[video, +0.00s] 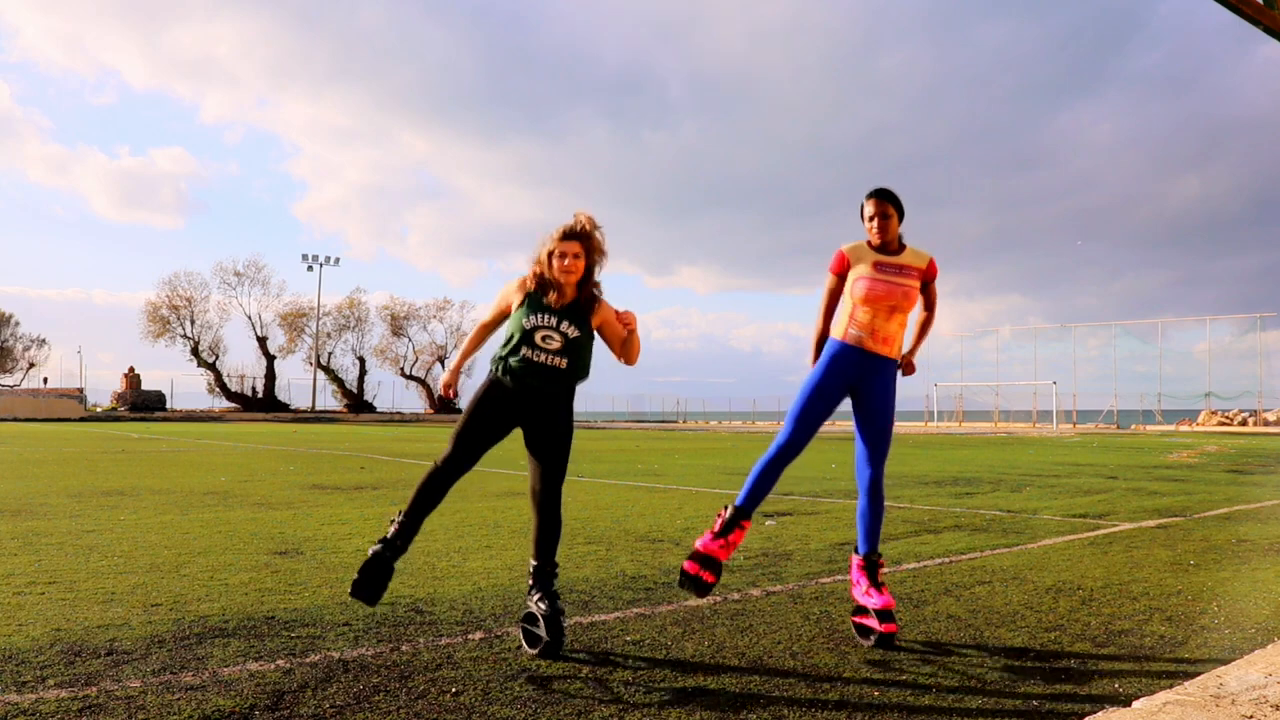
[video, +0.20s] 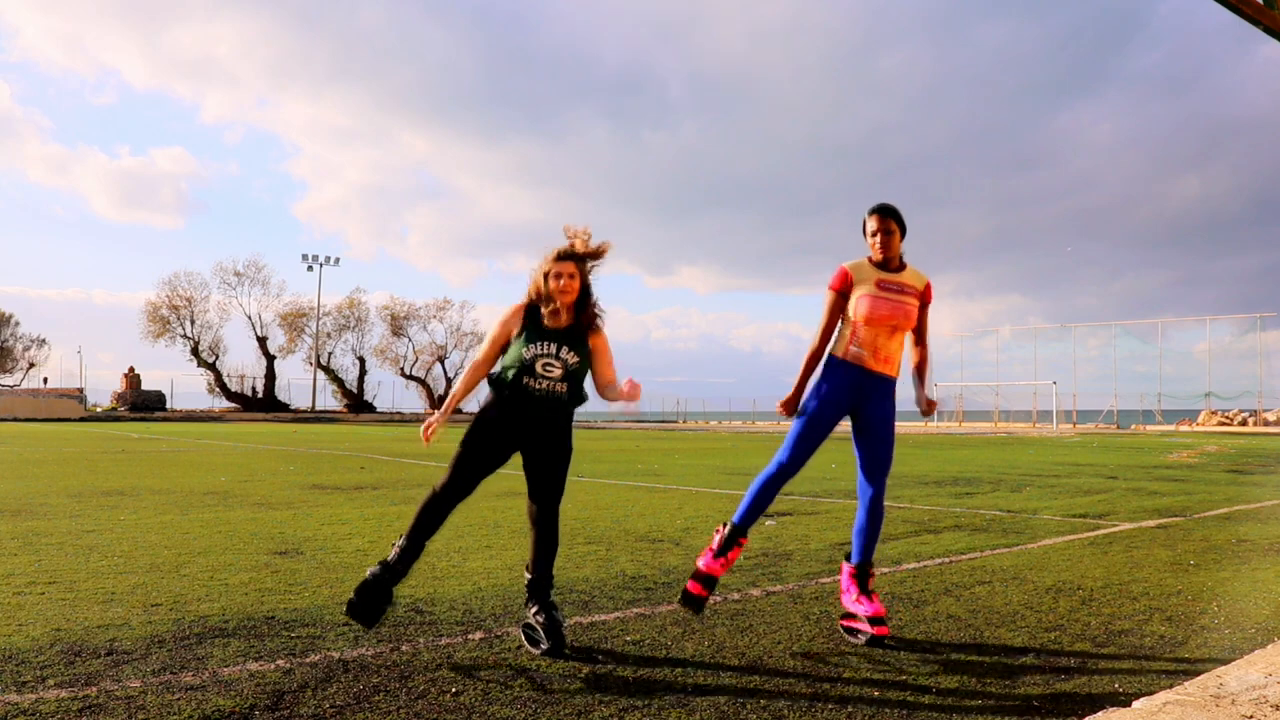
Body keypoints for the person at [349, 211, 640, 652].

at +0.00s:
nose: (568, 263)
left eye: (576, 257)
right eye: (561, 255)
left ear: (588, 264)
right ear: (549, 259)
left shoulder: (594, 308)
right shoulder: (524, 290)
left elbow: (628, 357)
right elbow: (488, 324)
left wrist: (632, 331)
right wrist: (455, 367)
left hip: (553, 406)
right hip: (503, 390)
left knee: (547, 496)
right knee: (452, 463)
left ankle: (542, 590)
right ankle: (393, 545)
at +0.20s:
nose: (564, 283)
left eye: (571, 277)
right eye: (557, 276)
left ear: (582, 284)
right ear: (545, 282)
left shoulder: (591, 333)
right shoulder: (521, 316)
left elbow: (607, 386)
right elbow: (482, 364)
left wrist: (622, 393)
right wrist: (445, 410)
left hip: (551, 429)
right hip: (502, 418)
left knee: (545, 515)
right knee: (449, 491)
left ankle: (539, 605)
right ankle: (390, 572)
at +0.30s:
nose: (544, 282)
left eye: (553, 276)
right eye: (538, 274)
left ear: (566, 283)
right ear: (527, 280)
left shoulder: (577, 329)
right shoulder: (506, 316)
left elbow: (582, 380)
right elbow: (476, 366)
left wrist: (578, 426)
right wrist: (477, 401)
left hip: (548, 430)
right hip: (498, 422)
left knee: (543, 516)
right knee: (455, 498)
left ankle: (539, 606)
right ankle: (428, 586)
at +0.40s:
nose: (526, 267)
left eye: (534, 260)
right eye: (519, 260)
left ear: (547, 263)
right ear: (508, 263)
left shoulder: (564, 309)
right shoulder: (492, 298)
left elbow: (574, 364)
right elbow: (462, 345)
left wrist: (571, 413)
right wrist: (484, 355)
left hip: (545, 413)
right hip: (496, 407)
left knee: (545, 500)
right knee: (468, 489)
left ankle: (546, 595)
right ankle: (454, 586)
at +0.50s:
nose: (504, 260)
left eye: (512, 253)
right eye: (497, 253)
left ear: (524, 258)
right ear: (485, 257)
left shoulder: (542, 292)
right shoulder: (468, 290)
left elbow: (565, 344)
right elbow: (431, 340)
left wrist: (585, 398)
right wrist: (458, 325)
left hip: (540, 397)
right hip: (491, 398)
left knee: (556, 484)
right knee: (482, 490)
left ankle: (577, 578)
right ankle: (480, 585)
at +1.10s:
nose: (452, 273)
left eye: (461, 267)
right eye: (447, 267)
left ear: (476, 275)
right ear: (439, 276)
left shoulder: (501, 313)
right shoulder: (428, 324)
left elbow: (537, 365)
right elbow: (420, 389)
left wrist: (567, 413)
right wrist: (426, 372)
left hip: (513, 416)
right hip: (464, 424)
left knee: (562, 494)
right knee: (467, 518)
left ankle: (613, 572)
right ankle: (470, 609)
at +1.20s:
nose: (453, 279)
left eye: (462, 273)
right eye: (449, 272)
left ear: (479, 279)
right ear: (442, 278)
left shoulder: (506, 320)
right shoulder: (432, 326)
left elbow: (537, 370)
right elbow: (414, 378)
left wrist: (530, 411)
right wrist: (424, 386)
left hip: (515, 421)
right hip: (466, 431)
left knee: (554, 505)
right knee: (468, 521)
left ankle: (586, 587)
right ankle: (470, 608)